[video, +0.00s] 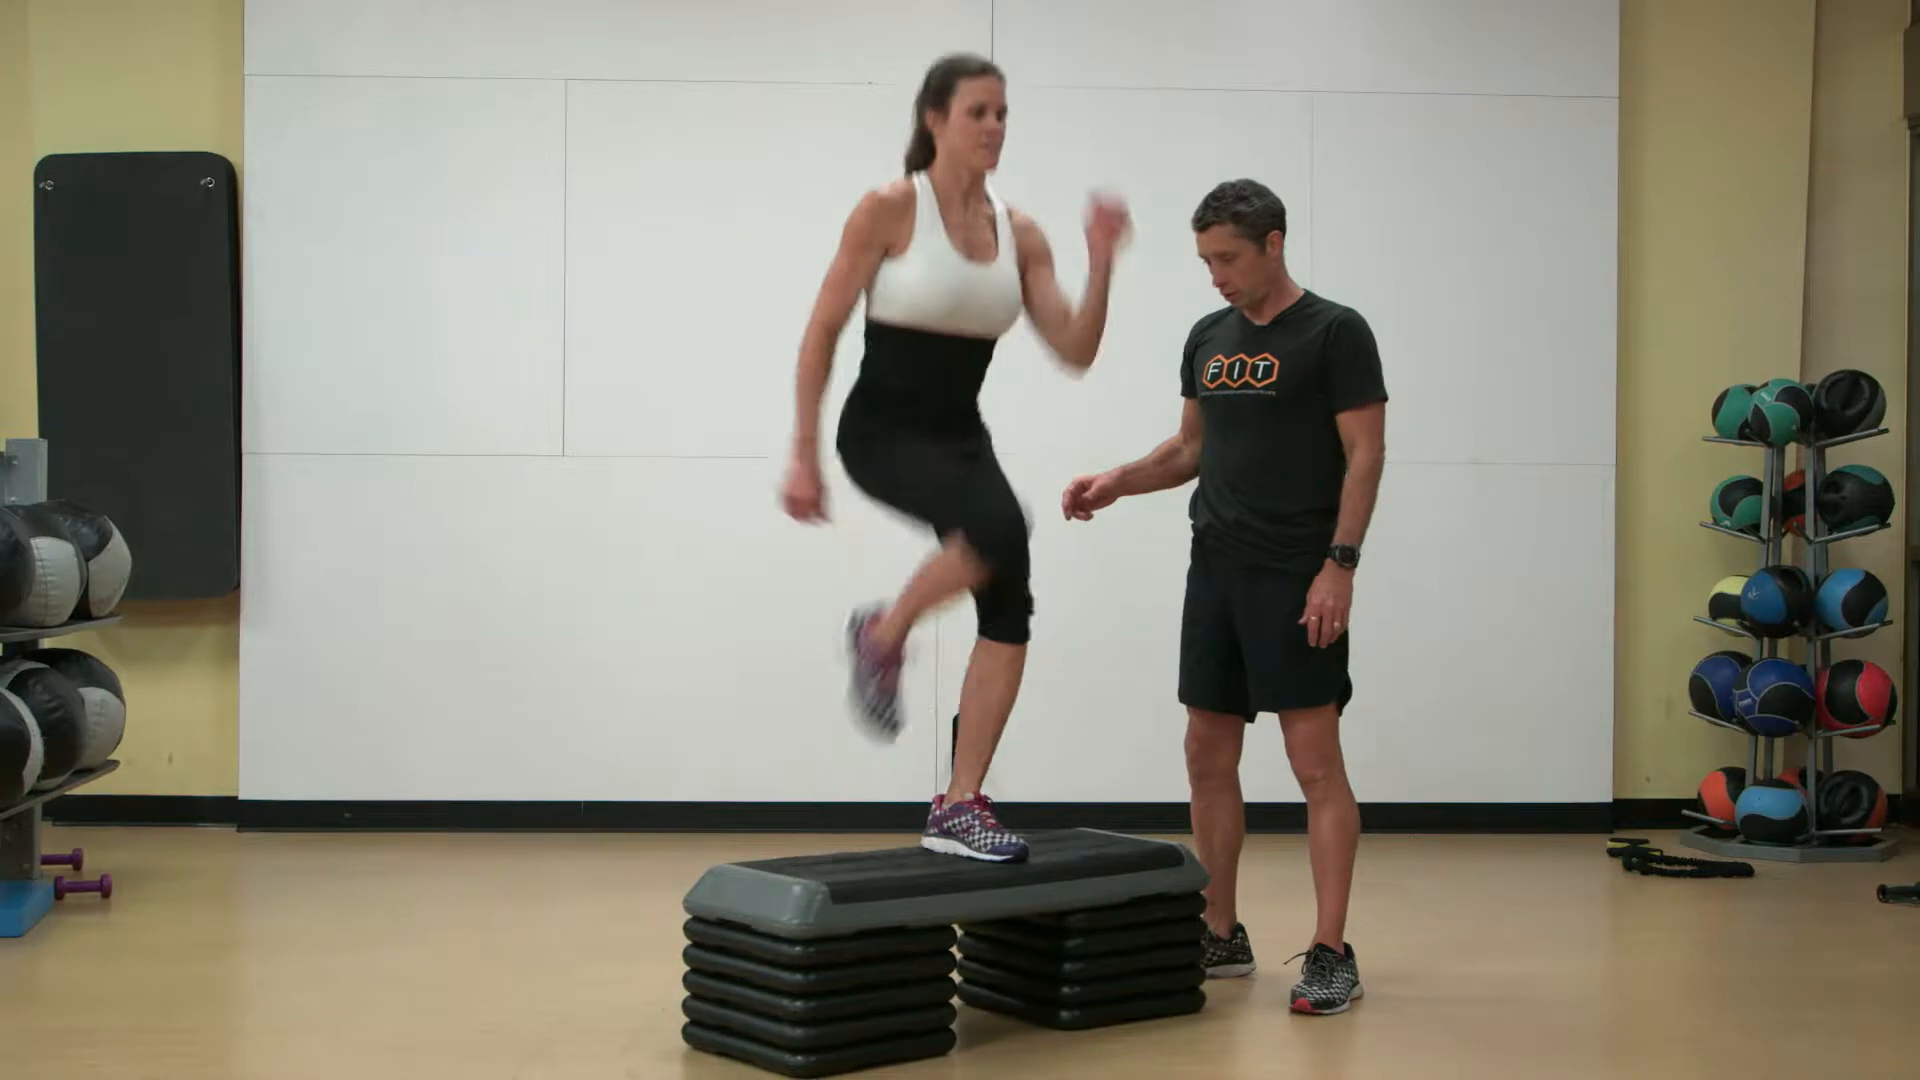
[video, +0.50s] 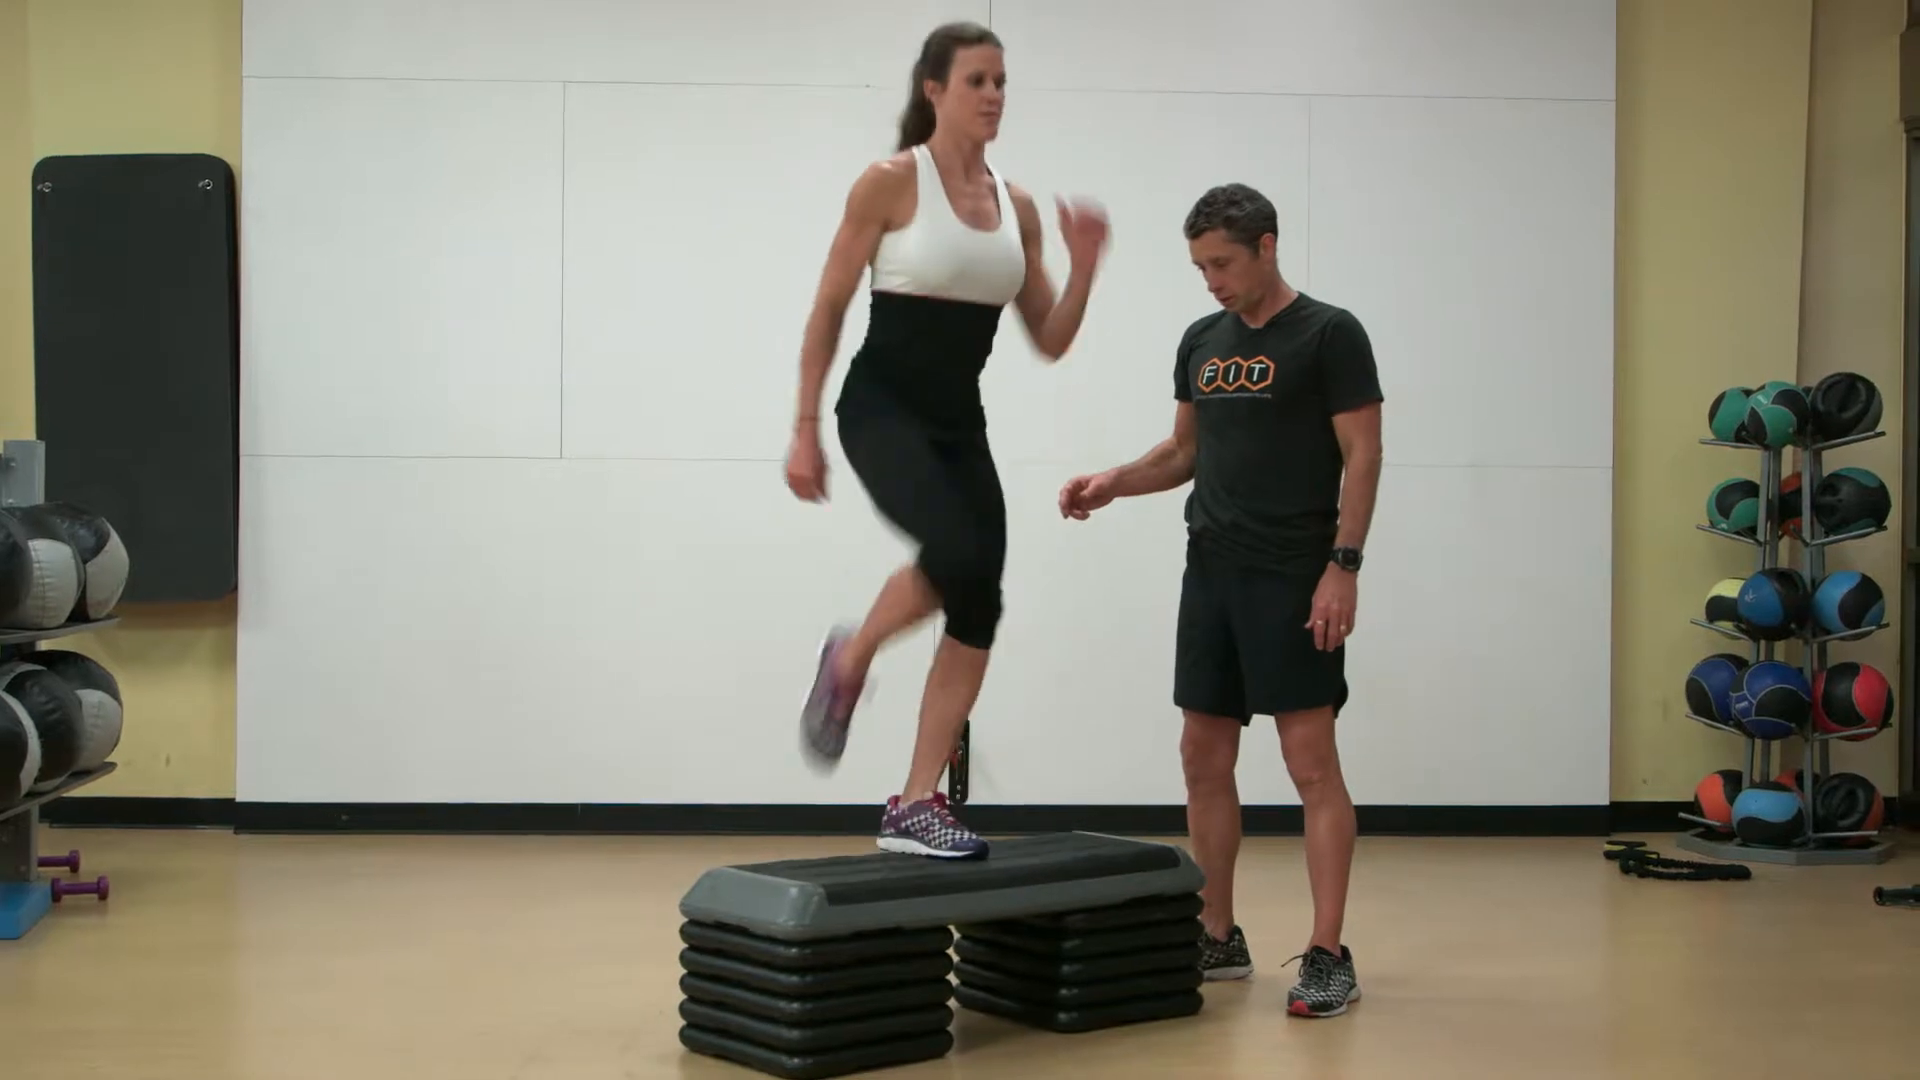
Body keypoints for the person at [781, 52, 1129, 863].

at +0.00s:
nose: (997, 127)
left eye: (1002, 113)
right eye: (981, 113)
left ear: (1004, 124)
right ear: (935, 120)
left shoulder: (1018, 233)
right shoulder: (889, 210)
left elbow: (1075, 349)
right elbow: (823, 329)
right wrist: (804, 452)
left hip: (962, 433)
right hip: (882, 428)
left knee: (1010, 611)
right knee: (995, 529)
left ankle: (960, 804)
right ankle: (882, 632)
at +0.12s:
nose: (990, 57)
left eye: (997, 42)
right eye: (975, 40)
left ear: (1000, 53)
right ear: (928, 47)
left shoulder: (1018, 152)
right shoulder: (880, 140)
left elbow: (1099, 234)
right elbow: (810, 256)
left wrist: (1069, 133)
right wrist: (761, 367)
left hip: (968, 358)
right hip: (887, 349)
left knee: (963, 574)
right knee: (1022, 360)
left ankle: (958, 786)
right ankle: (929, 521)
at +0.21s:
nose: (987, 31)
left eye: (995, 19)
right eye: (971, 16)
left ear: (999, 30)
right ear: (927, 23)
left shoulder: (1018, 128)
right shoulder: (876, 115)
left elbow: (1106, 198)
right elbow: (807, 228)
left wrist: (1063, 102)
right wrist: (757, 337)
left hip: (972, 341)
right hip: (887, 327)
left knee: (957, 551)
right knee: (1024, 309)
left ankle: (943, 764)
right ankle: (930, 479)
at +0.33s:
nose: (987, 50)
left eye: (995, 36)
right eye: (971, 33)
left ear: (998, 46)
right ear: (925, 38)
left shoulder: (1015, 147)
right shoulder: (878, 133)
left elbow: (1108, 223)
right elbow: (808, 245)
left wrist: (1066, 126)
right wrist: (762, 353)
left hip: (968, 358)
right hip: (888, 343)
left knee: (955, 575)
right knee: (1017, 349)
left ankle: (930, 784)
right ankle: (910, 497)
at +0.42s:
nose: (991, 77)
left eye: (997, 62)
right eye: (975, 62)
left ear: (1001, 73)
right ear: (930, 68)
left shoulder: (1020, 180)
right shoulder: (880, 164)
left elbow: (1095, 284)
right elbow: (813, 281)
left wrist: (1075, 179)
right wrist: (776, 398)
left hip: (960, 389)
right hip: (882, 375)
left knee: (965, 598)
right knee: (999, 441)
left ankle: (919, 798)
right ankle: (885, 566)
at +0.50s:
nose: (996, 97)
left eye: (1000, 83)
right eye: (980, 82)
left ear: (1002, 95)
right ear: (934, 89)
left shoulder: (1015, 205)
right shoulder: (889, 184)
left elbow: (1050, 338)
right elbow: (830, 307)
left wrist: (1083, 266)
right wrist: (804, 427)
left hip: (959, 414)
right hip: (881, 405)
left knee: (979, 601)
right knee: (959, 550)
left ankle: (918, 803)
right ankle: (850, 659)